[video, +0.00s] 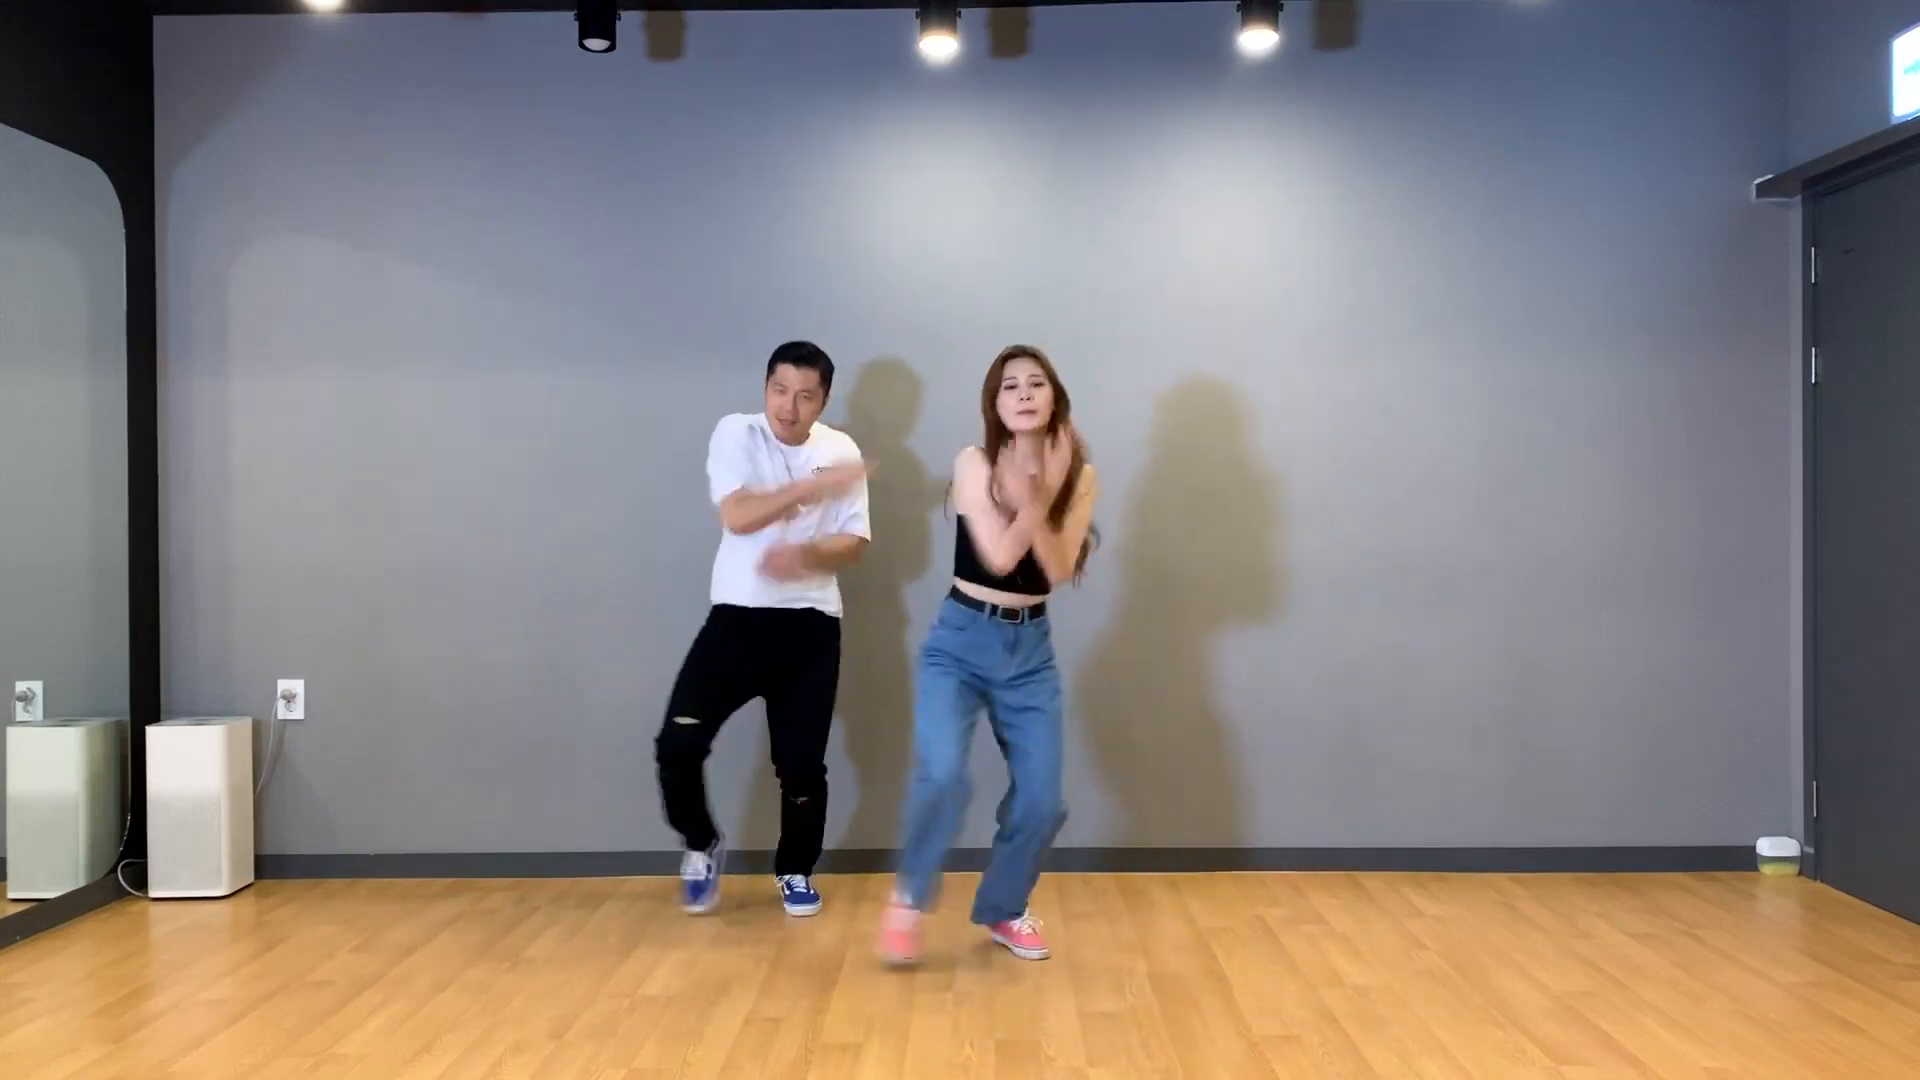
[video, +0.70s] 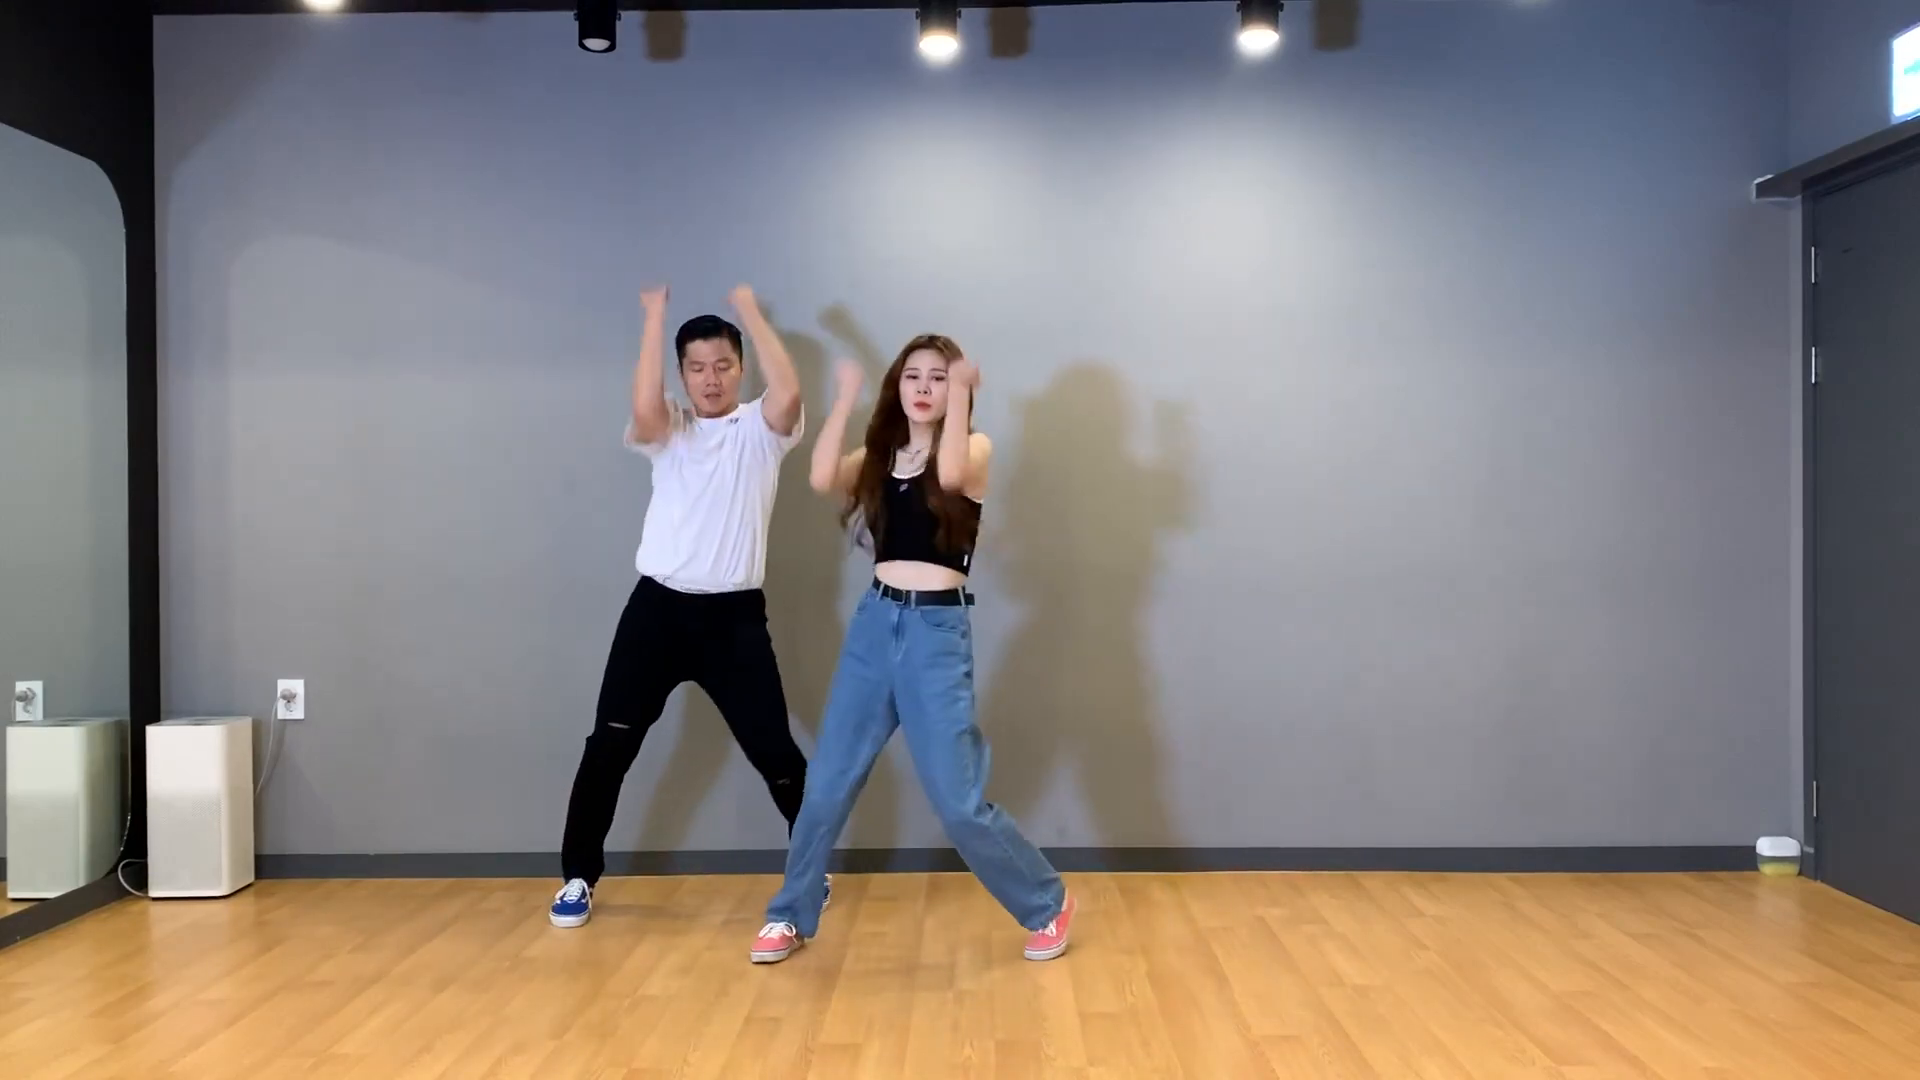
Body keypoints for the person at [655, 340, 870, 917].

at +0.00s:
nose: (789, 406)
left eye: (804, 396)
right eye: (780, 390)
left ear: (823, 399)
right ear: (766, 388)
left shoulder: (842, 452)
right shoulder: (737, 431)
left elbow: (854, 543)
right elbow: (736, 514)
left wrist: (806, 555)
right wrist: (817, 485)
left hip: (809, 626)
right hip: (737, 619)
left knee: (801, 763)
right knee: (677, 744)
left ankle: (796, 872)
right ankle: (702, 847)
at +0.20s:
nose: (772, 349)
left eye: (785, 340)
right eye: (760, 338)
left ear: (801, 355)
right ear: (741, 349)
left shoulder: (817, 431)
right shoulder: (689, 402)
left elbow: (913, 472)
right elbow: (591, 419)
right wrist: (504, 429)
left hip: (778, 607)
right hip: (699, 604)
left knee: (800, 745)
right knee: (646, 737)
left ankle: (787, 877)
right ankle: (592, 870)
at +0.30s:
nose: (752, 339)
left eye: (763, 330)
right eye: (739, 330)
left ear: (780, 344)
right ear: (718, 342)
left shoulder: (803, 409)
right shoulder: (665, 386)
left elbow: (898, 401)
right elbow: (569, 350)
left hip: (764, 600)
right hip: (686, 599)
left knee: (785, 742)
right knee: (641, 735)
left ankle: (769, 879)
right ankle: (591, 871)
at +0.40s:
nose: (733, 336)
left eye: (745, 326)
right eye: (721, 326)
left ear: (762, 340)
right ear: (700, 341)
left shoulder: (787, 397)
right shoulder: (655, 380)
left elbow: (859, 358)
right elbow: (573, 314)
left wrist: (922, 316)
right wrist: (505, 265)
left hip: (753, 599)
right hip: (675, 599)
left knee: (787, 734)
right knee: (632, 734)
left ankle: (766, 875)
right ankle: (586, 871)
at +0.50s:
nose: (722, 340)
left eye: (734, 331)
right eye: (707, 331)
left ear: (751, 344)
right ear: (688, 346)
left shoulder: (771, 398)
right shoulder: (656, 393)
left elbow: (824, 325)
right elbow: (606, 305)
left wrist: (874, 251)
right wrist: (555, 225)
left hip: (744, 601)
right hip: (664, 602)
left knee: (805, 729)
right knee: (618, 738)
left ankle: (787, 861)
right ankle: (576, 873)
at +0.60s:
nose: (714, 361)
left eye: (724, 350)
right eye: (702, 352)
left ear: (741, 359)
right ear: (682, 362)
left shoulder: (761, 410)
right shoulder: (660, 406)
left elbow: (811, 334)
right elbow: (624, 338)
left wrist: (796, 250)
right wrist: (627, 245)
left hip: (738, 610)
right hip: (656, 609)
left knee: (799, 747)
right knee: (609, 748)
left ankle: (821, 874)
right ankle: (575, 879)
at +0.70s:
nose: (711, 376)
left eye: (722, 365)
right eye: (699, 367)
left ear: (740, 371)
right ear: (683, 377)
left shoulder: (762, 432)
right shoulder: (669, 434)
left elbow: (787, 391)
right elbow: (646, 406)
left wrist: (752, 314)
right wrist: (653, 321)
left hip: (734, 619)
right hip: (657, 613)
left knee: (775, 754)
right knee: (609, 746)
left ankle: (814, 868)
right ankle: (578, 878)